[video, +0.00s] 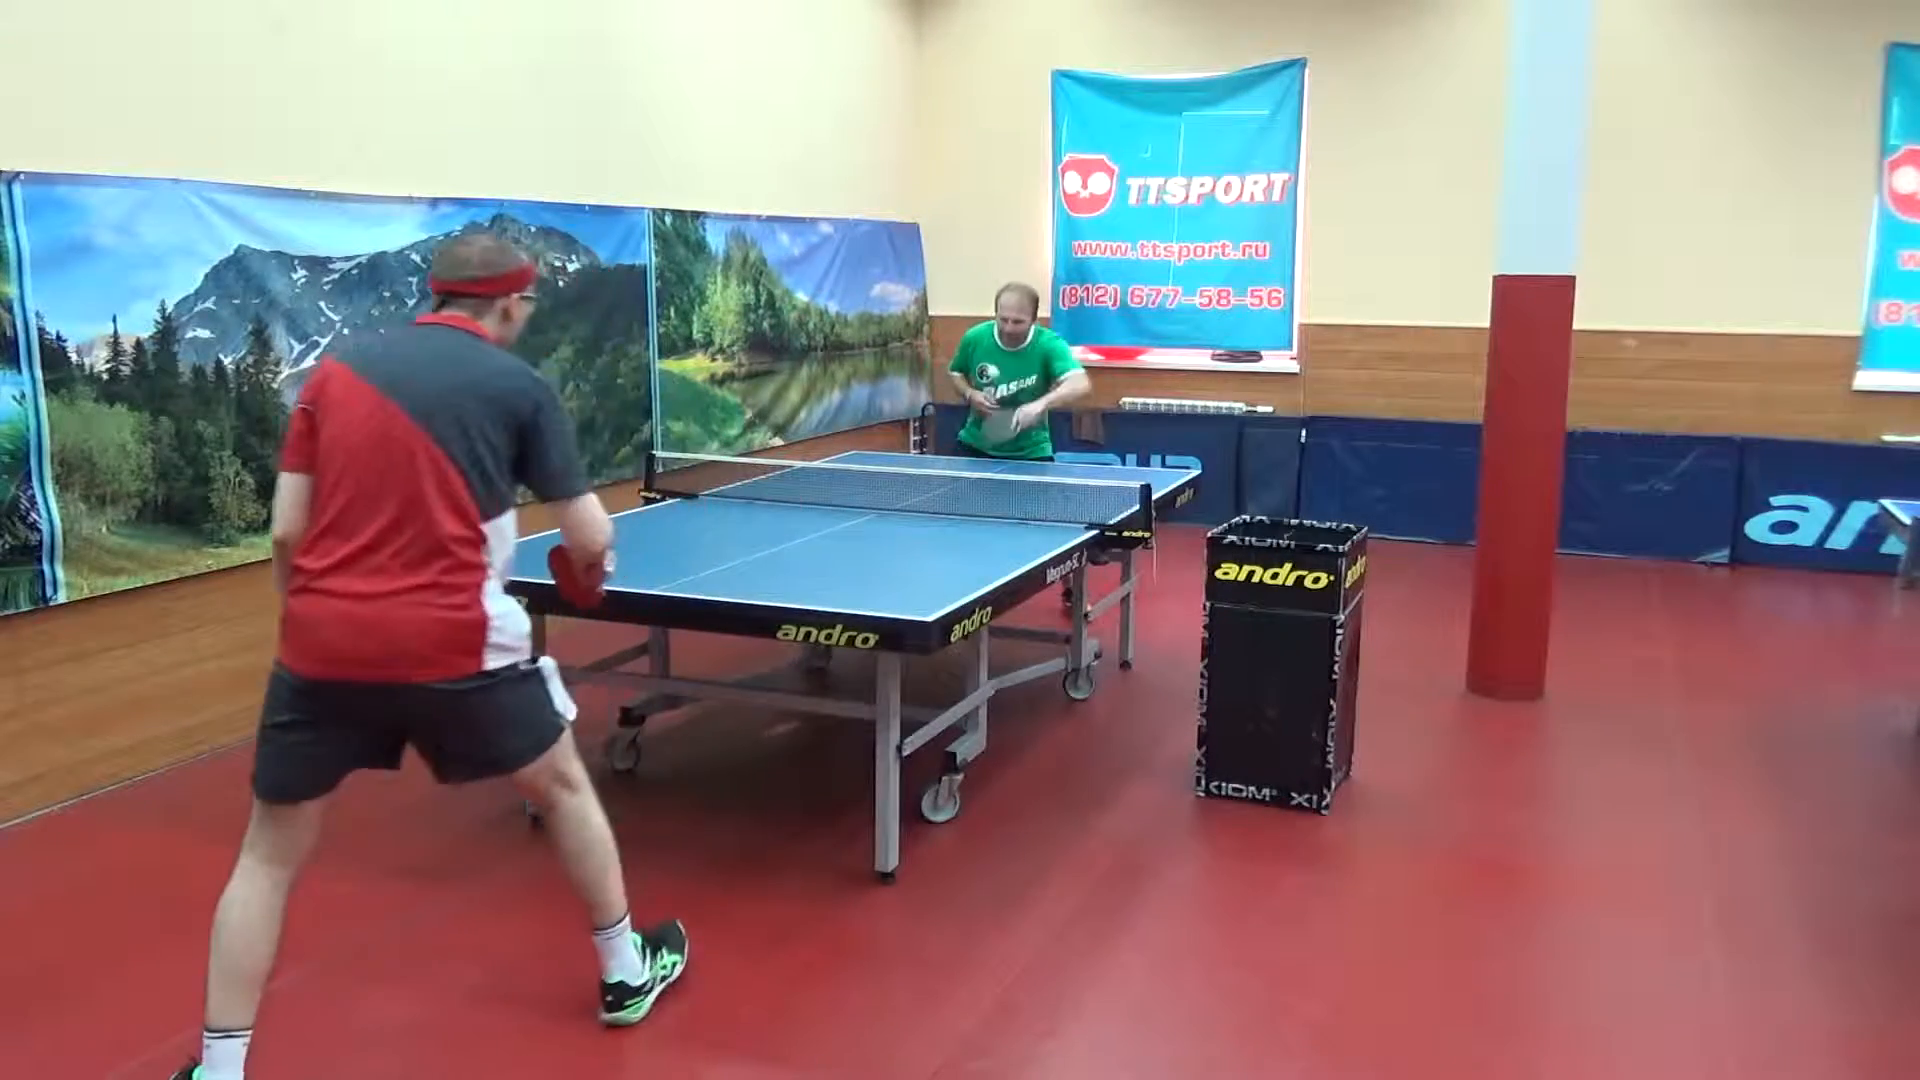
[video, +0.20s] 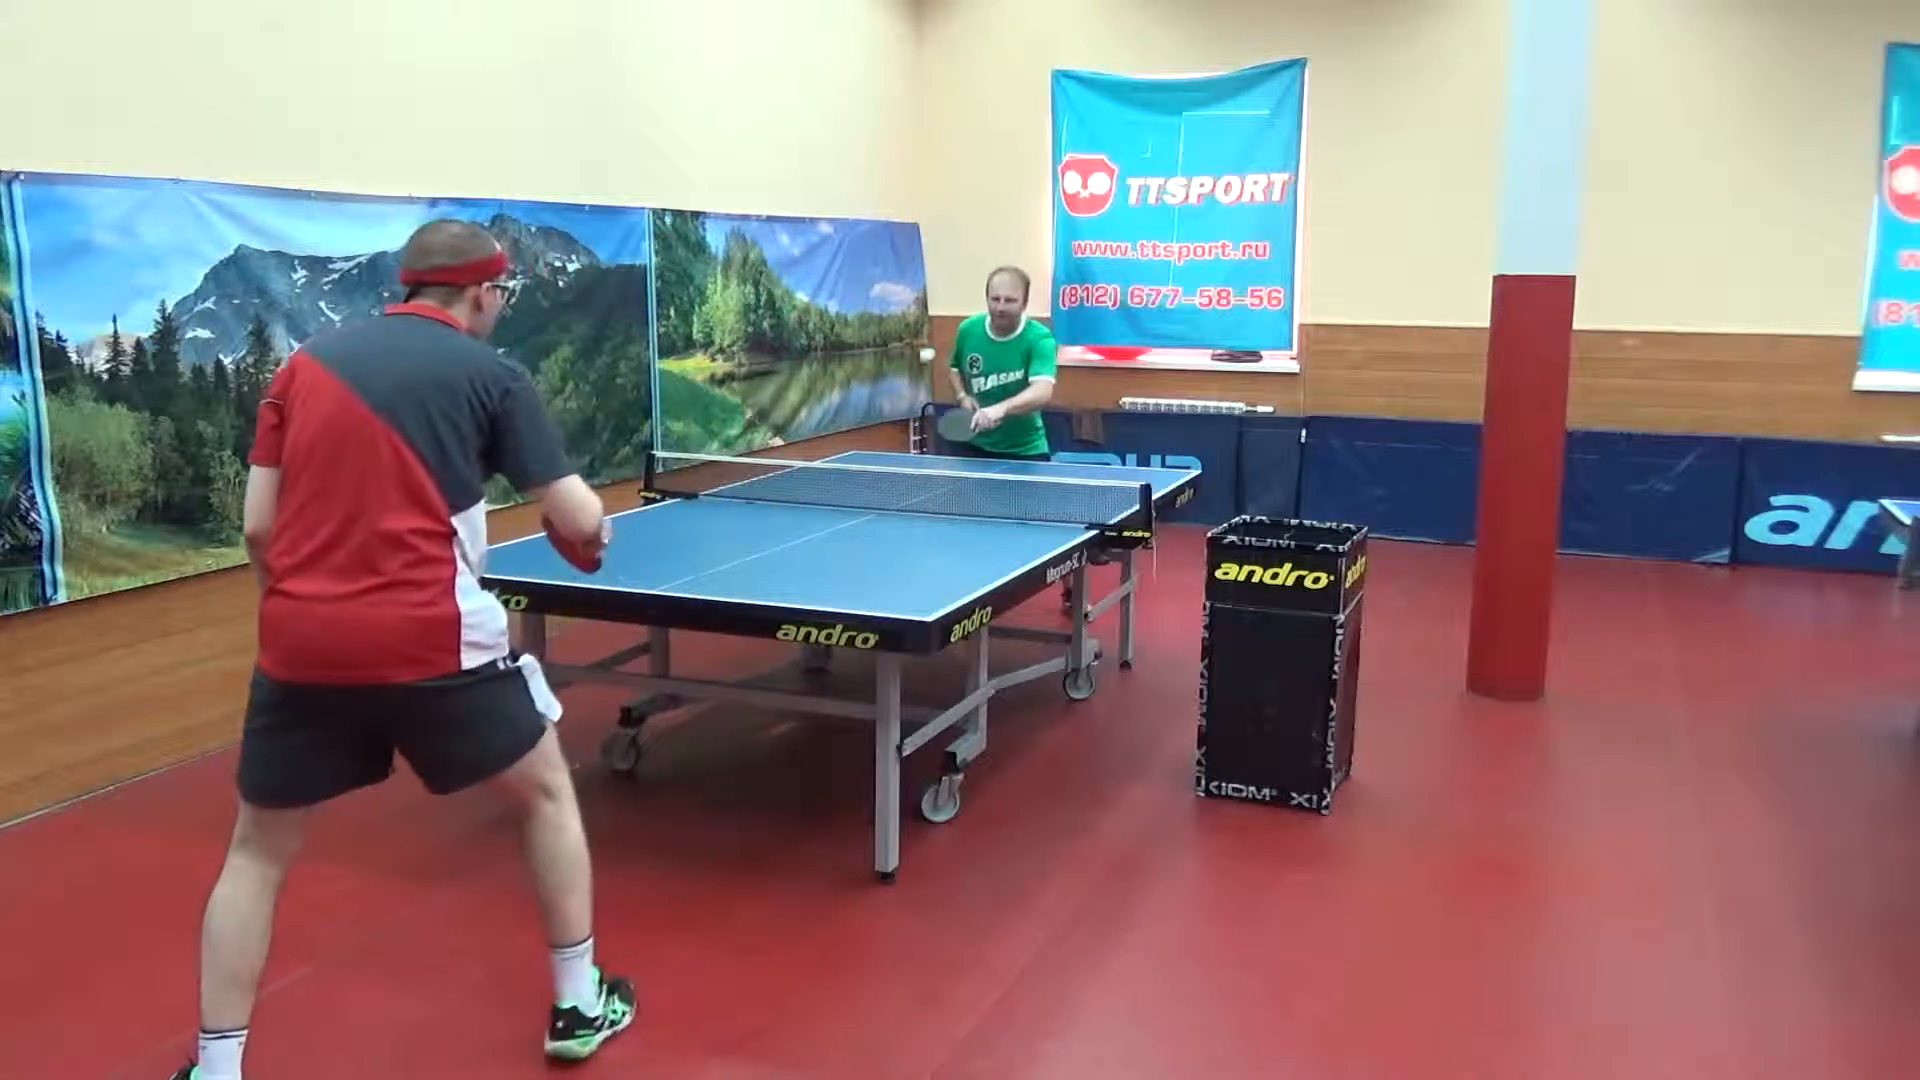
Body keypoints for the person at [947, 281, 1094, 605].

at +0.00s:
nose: (1009, 328)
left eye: (1018, 322)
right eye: (1003, 320)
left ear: (1034, 318)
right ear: (995, 314)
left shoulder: (1049, 345)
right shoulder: (976, 339)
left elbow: (1081, 385)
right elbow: (955, 372)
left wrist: (1040, 405)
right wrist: (970, 394)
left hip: (1031, 450)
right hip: (977, 448)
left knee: (1050, 519)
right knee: (963, 521)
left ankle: (1072, 586)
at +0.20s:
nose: (1001, 308)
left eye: (1010, 300)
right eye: (995, 299)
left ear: (1024, 304)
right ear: (987, 299)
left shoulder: (1039, 338)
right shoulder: (969, 330)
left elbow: (1042, 391)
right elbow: (955, 368)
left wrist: (1001, 409)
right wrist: (963, 397)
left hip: (1026, 449)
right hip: (979, 447)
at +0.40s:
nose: (976, 302)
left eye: (985, 295)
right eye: (970, 294)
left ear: (999, 297)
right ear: (960, 296)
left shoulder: (1016, 334)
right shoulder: (942, 332)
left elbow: (1037, 389)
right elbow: (923, 373)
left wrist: (993, 406)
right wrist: (932, 403)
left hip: (1009, 446)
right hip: (955, 446)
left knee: (1038, 509)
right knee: (951, 520)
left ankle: (1072, 579)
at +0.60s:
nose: (973, 299)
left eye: (981, 291)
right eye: (966, 292)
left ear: (995, 295)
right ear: (957, 295)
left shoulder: (1015, 333)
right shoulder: (937, 333)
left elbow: (1038, 388)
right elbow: (914, 374)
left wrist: (996, 404)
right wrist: (915, 414)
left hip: (1010, 449)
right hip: (953, 447)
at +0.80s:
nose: (991, 298)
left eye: (999, 290)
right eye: (984, 290)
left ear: (1014, 294)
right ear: (976, 293)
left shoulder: (1033, 333)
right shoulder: (955, 332)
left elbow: (1057, 388)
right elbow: (932, 374)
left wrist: (1016, 399)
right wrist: (932, 414)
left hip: (1020, 447)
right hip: (965, 445)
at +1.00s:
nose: (994, 301)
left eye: (1003, 292)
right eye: (988, 293)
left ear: (1019, 295)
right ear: (981, 295)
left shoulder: (1039, 334)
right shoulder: (961, 330)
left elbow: (1062, 391)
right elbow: (934, 377)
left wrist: (1022, 413)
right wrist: (948, 414)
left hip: (1023, 449)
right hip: (973, 449)